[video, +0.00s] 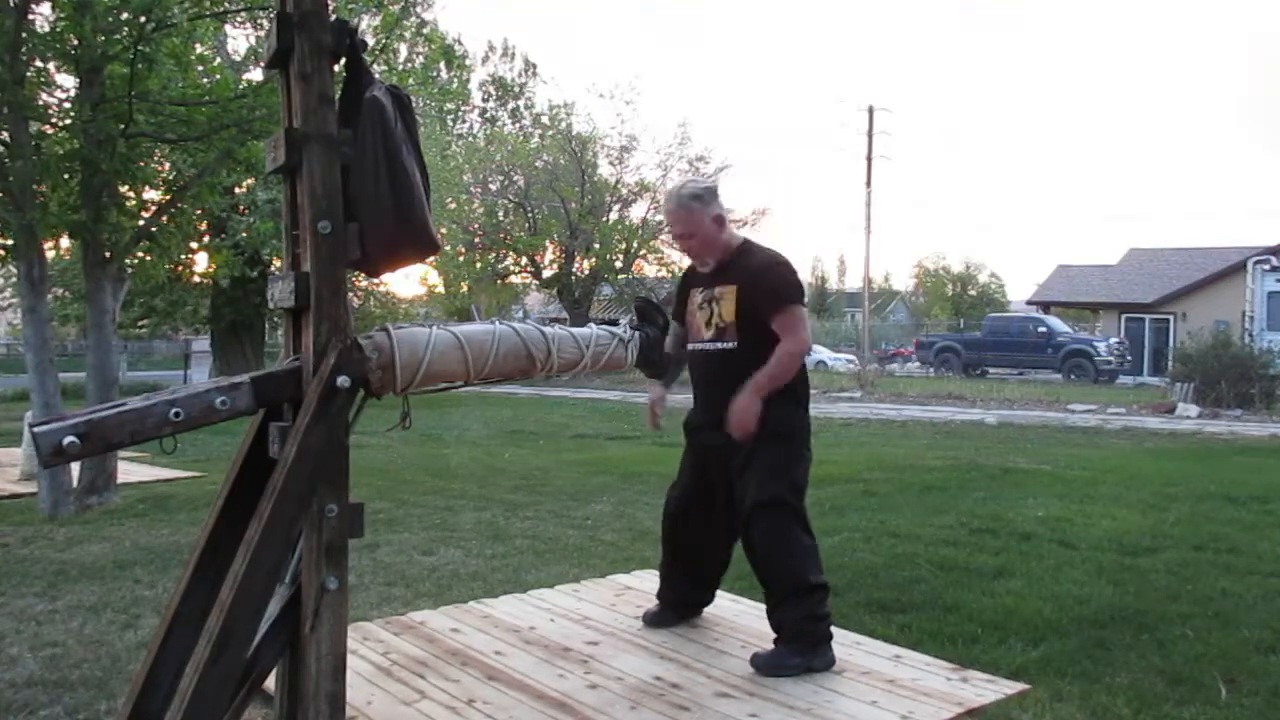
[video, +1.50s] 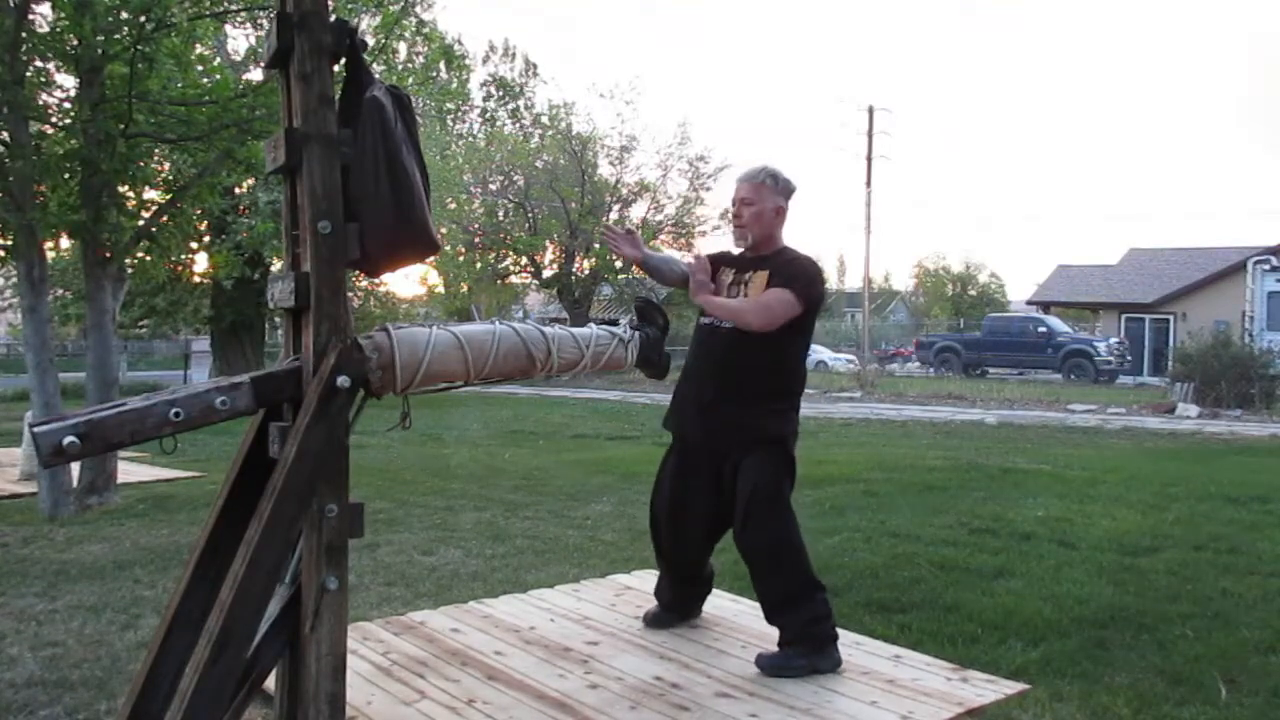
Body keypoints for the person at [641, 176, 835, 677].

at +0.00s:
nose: (681, 246)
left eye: (687, 235)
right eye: (675, 237)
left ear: (719, 221)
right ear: (675, 232)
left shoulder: (767, 269)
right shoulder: (691, 282)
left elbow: (797, 342)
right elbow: (681, 341)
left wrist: (754, 392)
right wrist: (661, 380)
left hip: (771, 424)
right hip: (712, 422)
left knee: (773, 519)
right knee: (691, 510)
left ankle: (807, 641)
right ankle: (682, 600)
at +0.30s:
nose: (676, 259)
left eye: (680, 248)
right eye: (671, 249)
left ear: (711, 231)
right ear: (673, 240)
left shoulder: (764, 269)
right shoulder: (693, 281)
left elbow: (801, 343)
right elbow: (700, 346)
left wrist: (773, 409)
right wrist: (695, 397)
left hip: (775, 423)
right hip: (723, 422)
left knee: (782, 525)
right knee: (696, 511)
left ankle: (813, 643)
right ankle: (682, 599)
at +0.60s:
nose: (688, 258)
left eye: (692, 247)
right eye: (683, 249)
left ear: (724, 231)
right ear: (705, 235)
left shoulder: (777, 269)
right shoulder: (699, 281)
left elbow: (827, 333)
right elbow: (695, 338)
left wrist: (804, 403)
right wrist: (688, 384)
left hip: (777, 430)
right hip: (720, 428)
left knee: (786, 535)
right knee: (687, 508)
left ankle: (813, 646)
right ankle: (681, 599)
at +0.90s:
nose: (709, 228)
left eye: (718, 218)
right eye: (705, 219)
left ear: (751, 216)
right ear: (703, 219)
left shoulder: (786, 271)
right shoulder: (701, 278)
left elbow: (793, 339)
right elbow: (682, 329)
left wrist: (739, 373)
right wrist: (669, 339)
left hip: (769, 430)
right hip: (707, 428)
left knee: (764, 517)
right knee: (678, 508)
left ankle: (812, 642)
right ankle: (681, 596)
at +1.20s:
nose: (735, 216)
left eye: (746, 207)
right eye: (732, 207)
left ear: (778, 211)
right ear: (730, 212)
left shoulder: (799, 271)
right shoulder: (718, 270)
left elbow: (764, 304)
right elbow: (671, 308)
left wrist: (711, 267)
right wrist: (661, 264)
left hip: (763, 430)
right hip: (702, 424)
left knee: (762, 521)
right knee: (673, 514)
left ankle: (813, 643)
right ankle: (682, 597)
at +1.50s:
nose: (736, 213)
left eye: (747, 204)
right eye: (734, 204)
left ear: (779, 208)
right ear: (736, 209)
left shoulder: (800, 271)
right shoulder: (721, 265)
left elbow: (762, 316)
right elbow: (680, 272)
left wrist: (704, 297)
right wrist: (643, 257)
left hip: (761, 434)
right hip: (699, 426)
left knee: (764, 530)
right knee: (675, 515)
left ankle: (813, 644)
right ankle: (681, 599)